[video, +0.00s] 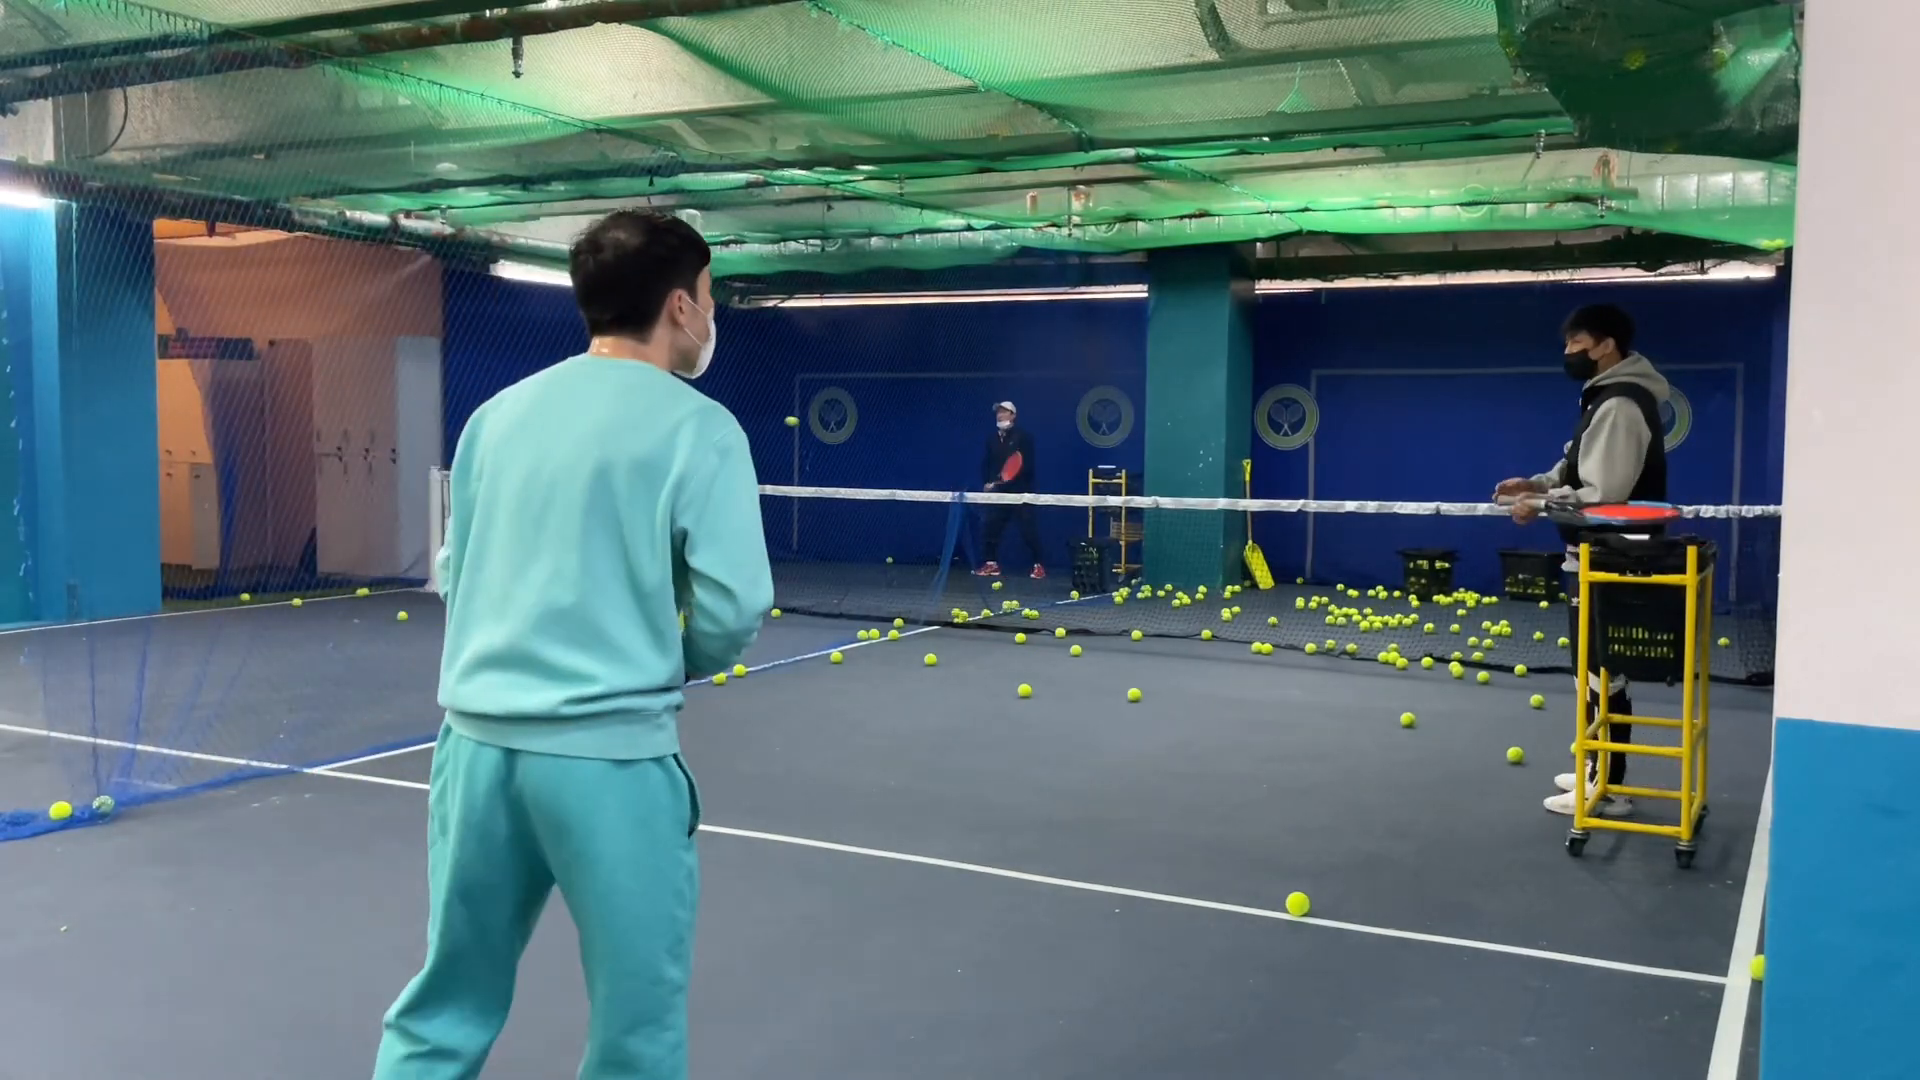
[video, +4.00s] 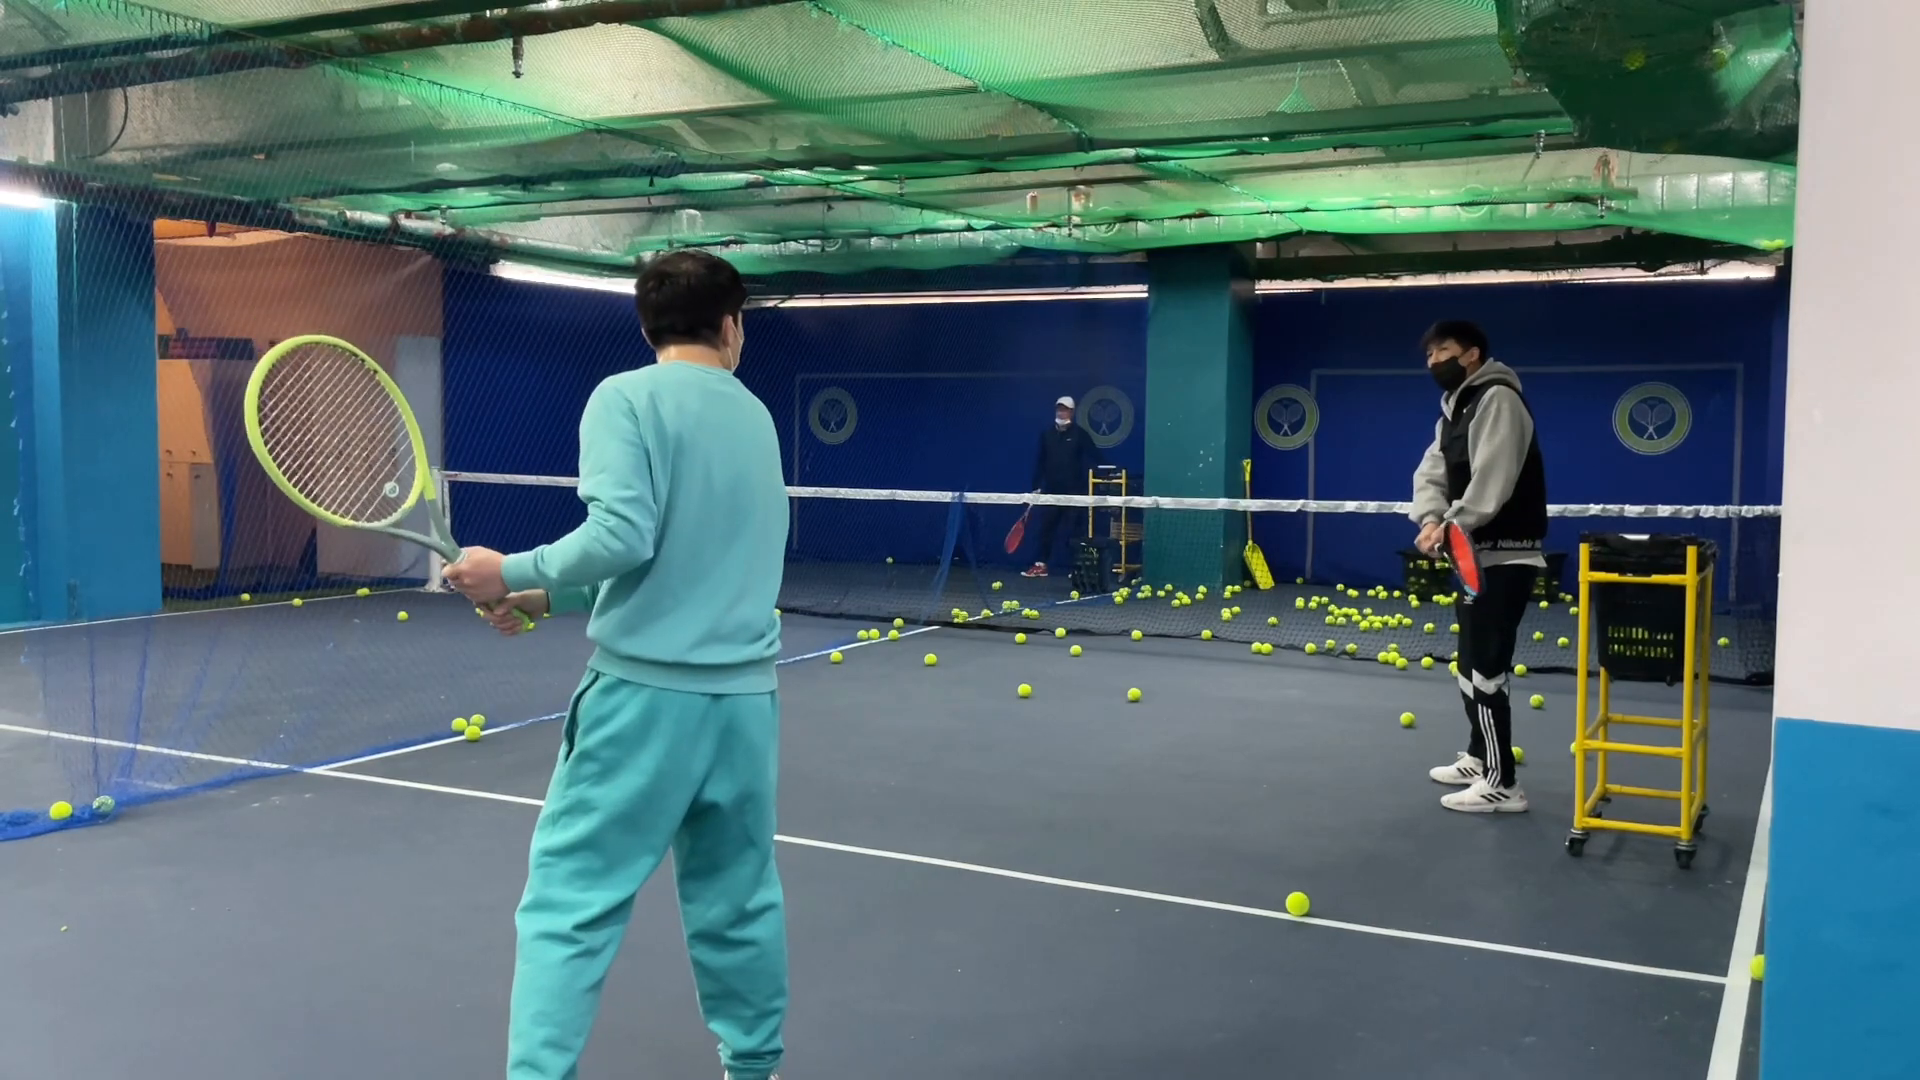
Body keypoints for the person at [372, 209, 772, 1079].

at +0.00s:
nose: (711, 314)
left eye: (712, 295)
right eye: (708, 295)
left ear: (597, 306)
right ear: (678, 305)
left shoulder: (494, 417)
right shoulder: (698, 426)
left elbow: (454, 579)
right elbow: (730, 605)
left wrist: (535, 636)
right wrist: (666, 655)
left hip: (474, 754)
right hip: (612, 764)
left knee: (445, 1006)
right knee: (639, 1029)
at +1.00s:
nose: (656, 293)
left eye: (653, 273)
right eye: (650, 274)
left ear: (538, 287)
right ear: (619, 286)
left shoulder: (454, 418)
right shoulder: (647, 418)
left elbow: (444, 581)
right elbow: (697, 589)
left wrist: (532, 633)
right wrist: (639, 649)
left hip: (485, 761)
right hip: (621, 764)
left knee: (453, 1012)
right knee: (640, 1019)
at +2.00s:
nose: (615, 302)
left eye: (614, 282)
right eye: (611, 282)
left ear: (497, 293)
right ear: (578, 291)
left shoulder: (414, 413)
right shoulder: (622, 415)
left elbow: (393, 577)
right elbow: (653, 589)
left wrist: (484, 616)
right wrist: (566, 627)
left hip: (439, 761)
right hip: (582, 767)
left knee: (418, 1020)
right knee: (625, 1020)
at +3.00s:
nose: (676, 314)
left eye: (674, 298)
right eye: (674, 298)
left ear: (567, 310)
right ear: (653, 308)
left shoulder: (508, 399)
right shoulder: (693, 425)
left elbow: (460, 555)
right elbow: (609, 544)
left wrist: (377, 520)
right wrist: (419, 558)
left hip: (517, 740)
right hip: (647, 743)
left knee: (508, 974)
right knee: (671, 919)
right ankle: (678, 1066)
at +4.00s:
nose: (744, 333)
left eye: (743, 320)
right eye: (742, 320)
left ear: (648, 326)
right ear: (730, 324)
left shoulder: (624, 397)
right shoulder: (755, 415)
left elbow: (622, 536)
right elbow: (688, 558)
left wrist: (509, 570)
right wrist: (545, 594)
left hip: (641, 702)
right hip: (745, 704)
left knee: (569, 907)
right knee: (739, 898)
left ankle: (538, 1068)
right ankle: (754, 1063)